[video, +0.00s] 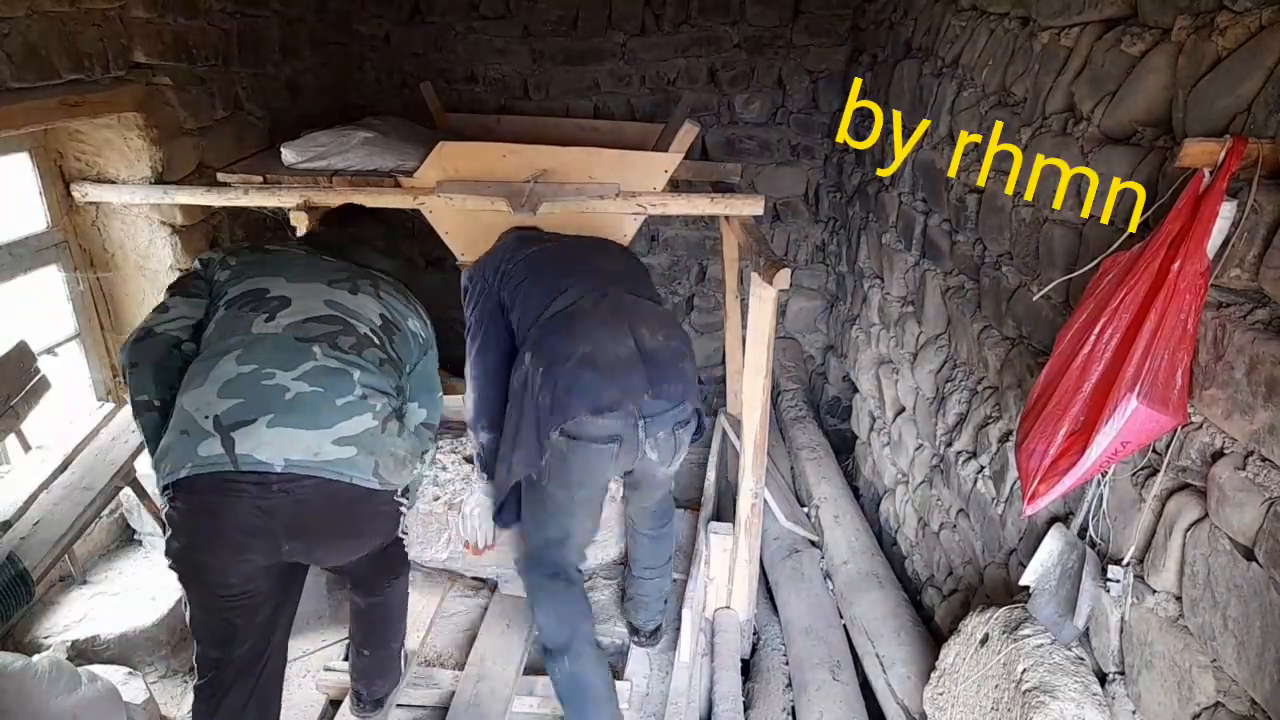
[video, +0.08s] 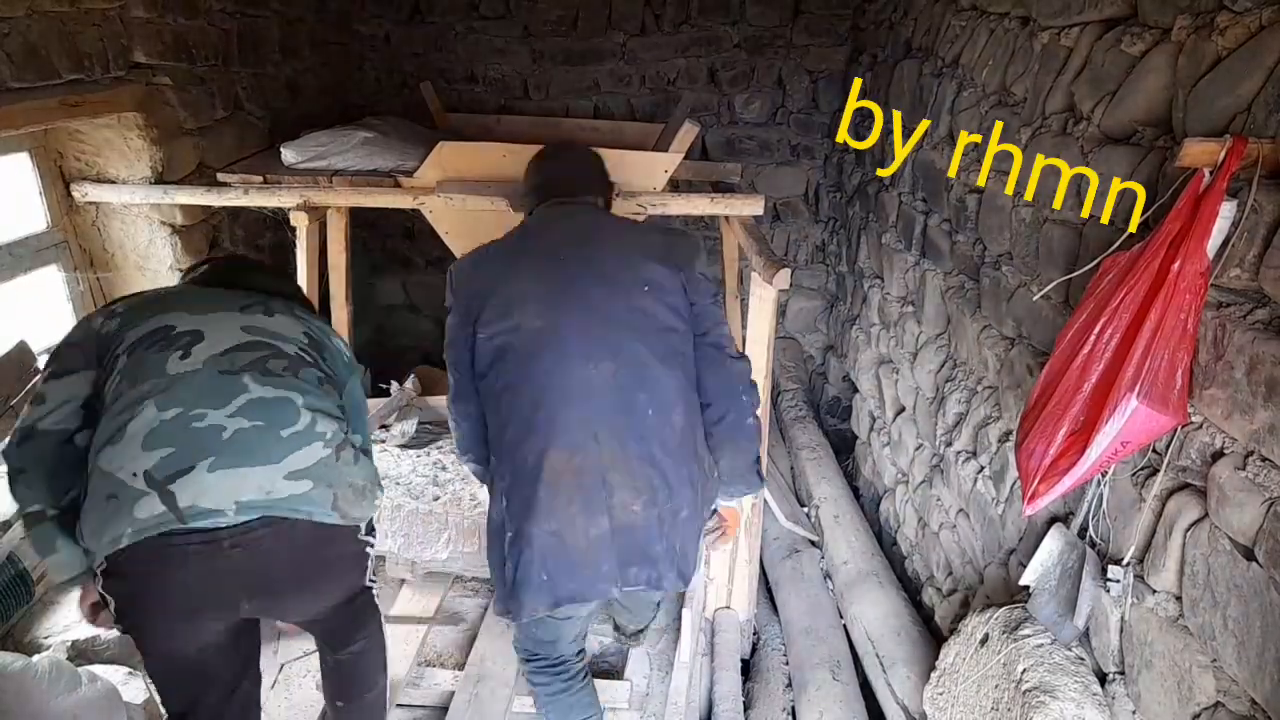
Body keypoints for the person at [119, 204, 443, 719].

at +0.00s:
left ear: (306, 238)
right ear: (379, 255)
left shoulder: (228, 264)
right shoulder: (403, 305)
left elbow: (148, 349)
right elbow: (424, 424)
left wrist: (174, 465)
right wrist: (391, 504)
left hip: (215, 503)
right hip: (346, 502)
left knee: (229, 682)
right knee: (379, 570)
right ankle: (372, 691)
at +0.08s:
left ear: (194, 278)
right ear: (284, 286)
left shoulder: (115, 319)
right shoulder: (318, 333)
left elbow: (35, 447)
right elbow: (359, 469)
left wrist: (80, 572)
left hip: (158, 568)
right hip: (305, 547)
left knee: (210, 709)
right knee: (348, 623)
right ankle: (358, 714)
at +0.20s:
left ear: (59, 355)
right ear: (139, 335)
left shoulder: (17, 397)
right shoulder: (196, 344)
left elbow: (6, 576)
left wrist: (85, 665)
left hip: (168, 604)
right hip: (313, 539)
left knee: (198, 707)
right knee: (336, 604)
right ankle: (358, 712)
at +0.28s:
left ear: (90, 280)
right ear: (192, 275)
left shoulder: (25, 331)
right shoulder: (244, 322)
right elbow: (301, 455)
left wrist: (13, 621)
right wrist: (257, 595)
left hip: (120, 588)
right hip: (277, 550)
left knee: (186, 706)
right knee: (335, 647)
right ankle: (360, 712)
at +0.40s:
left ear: (121, 240)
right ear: (224, 241)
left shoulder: (29, 305)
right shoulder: (264, 300)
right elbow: (308, 437)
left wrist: (14, 560)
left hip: (97, 597)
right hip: (251, 557)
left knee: (184, 709)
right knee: (356, 572)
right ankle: (365, 712)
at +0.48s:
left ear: (344, 288)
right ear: (432, 298)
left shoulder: (251, 347)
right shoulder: (466, 360)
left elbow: (167, 473)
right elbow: (495, 494)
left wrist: (207, 597)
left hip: (288, 667)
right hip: (459, 654)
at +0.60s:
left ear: (292, 291)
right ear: (404, 281)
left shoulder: (252, 360)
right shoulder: (471, 340)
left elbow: (206, 515)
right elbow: (526, 459)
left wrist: (264, 654)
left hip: (388, 665)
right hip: (544, 631)